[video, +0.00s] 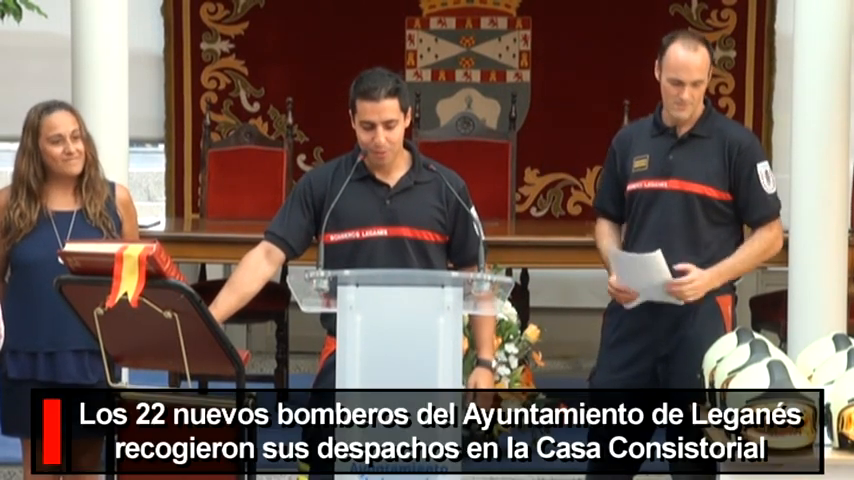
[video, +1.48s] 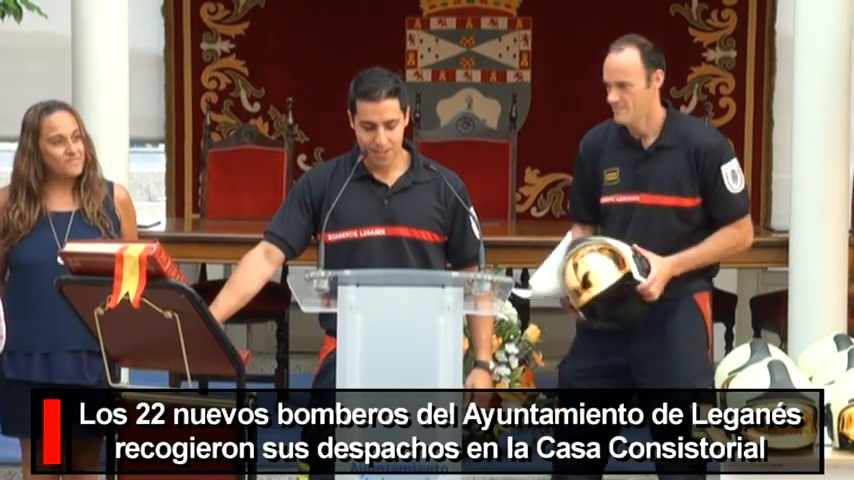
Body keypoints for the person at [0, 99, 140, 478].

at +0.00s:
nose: (72, 147)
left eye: (77, 136)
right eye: (57, 140)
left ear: (86, 140)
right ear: (36, 149)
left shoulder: (116, 199)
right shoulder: (10, 203)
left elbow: (134, 277)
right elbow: (1, 280)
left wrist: (128, 346)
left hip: (93, 360)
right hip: (28, 359)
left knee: (88, 466)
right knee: (40, 467)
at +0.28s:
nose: (72, 148)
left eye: (77, 137)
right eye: (58, 141)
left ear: (85, 140)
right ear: (36, 149)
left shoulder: (115, 199)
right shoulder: (11, 203)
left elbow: (132, 277)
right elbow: (2, 278)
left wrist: (127, 347)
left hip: (92, 359)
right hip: (26, 359)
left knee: (88, 466)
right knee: (40, 467)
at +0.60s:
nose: (72, 149)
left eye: (77, 138)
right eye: (58, 142)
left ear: (85, 140)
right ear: (35, 150)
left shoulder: (114, 200)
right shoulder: (10, 203)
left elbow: (131, 278)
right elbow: (2, 278)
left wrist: (126, 347)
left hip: (91, 359)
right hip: (26, 359)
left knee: (87, 466)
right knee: (40, 468)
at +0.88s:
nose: (72, 148)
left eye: (77, 137)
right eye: (58, 141)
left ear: (85, 140)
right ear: (35, 150)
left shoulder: (114, 199)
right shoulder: (10, 203)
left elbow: (131, 279)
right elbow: (2, 279)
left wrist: (126, 348)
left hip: (91, 360)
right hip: (26, 360)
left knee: (87, 466)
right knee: (40, 468)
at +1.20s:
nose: (73, 148)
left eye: (77, 136)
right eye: (58, 141)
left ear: (85, 139)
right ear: (35, 150)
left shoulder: (114, 200)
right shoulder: (10, 203)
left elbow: (132, 280)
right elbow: (1, 282)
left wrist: (126, 350)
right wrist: (2, 346)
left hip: (92, 362)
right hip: (27, 362)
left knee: (87, 467)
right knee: (40, 469)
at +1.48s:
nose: (73, 148)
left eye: (77, 136)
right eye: (59, 141)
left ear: (85, 139)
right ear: (35, 150)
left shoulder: (115, 200)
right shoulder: (10, 204)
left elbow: (133, 280)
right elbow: (2, 282)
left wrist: (126, 350)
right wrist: (3, 346)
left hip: (92, 362)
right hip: (28, 362)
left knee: (87, 466)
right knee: (41, 468)